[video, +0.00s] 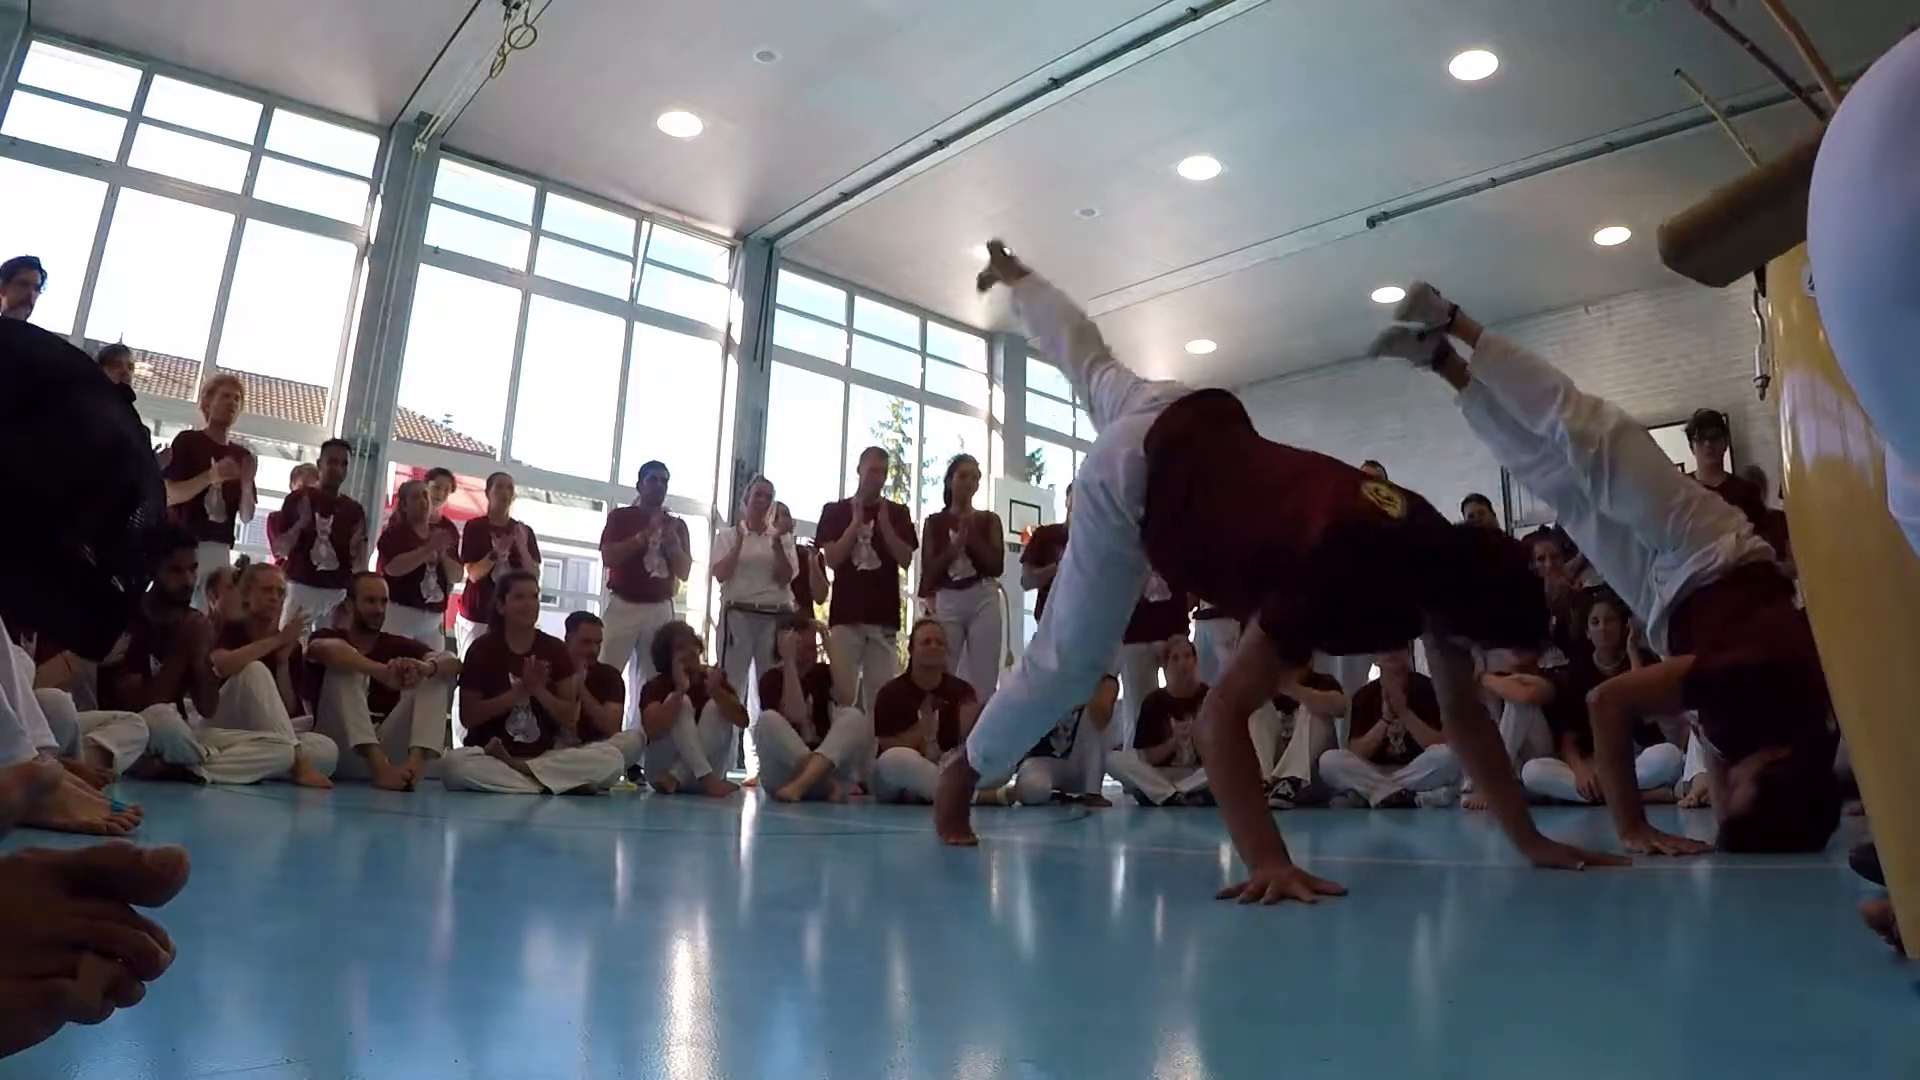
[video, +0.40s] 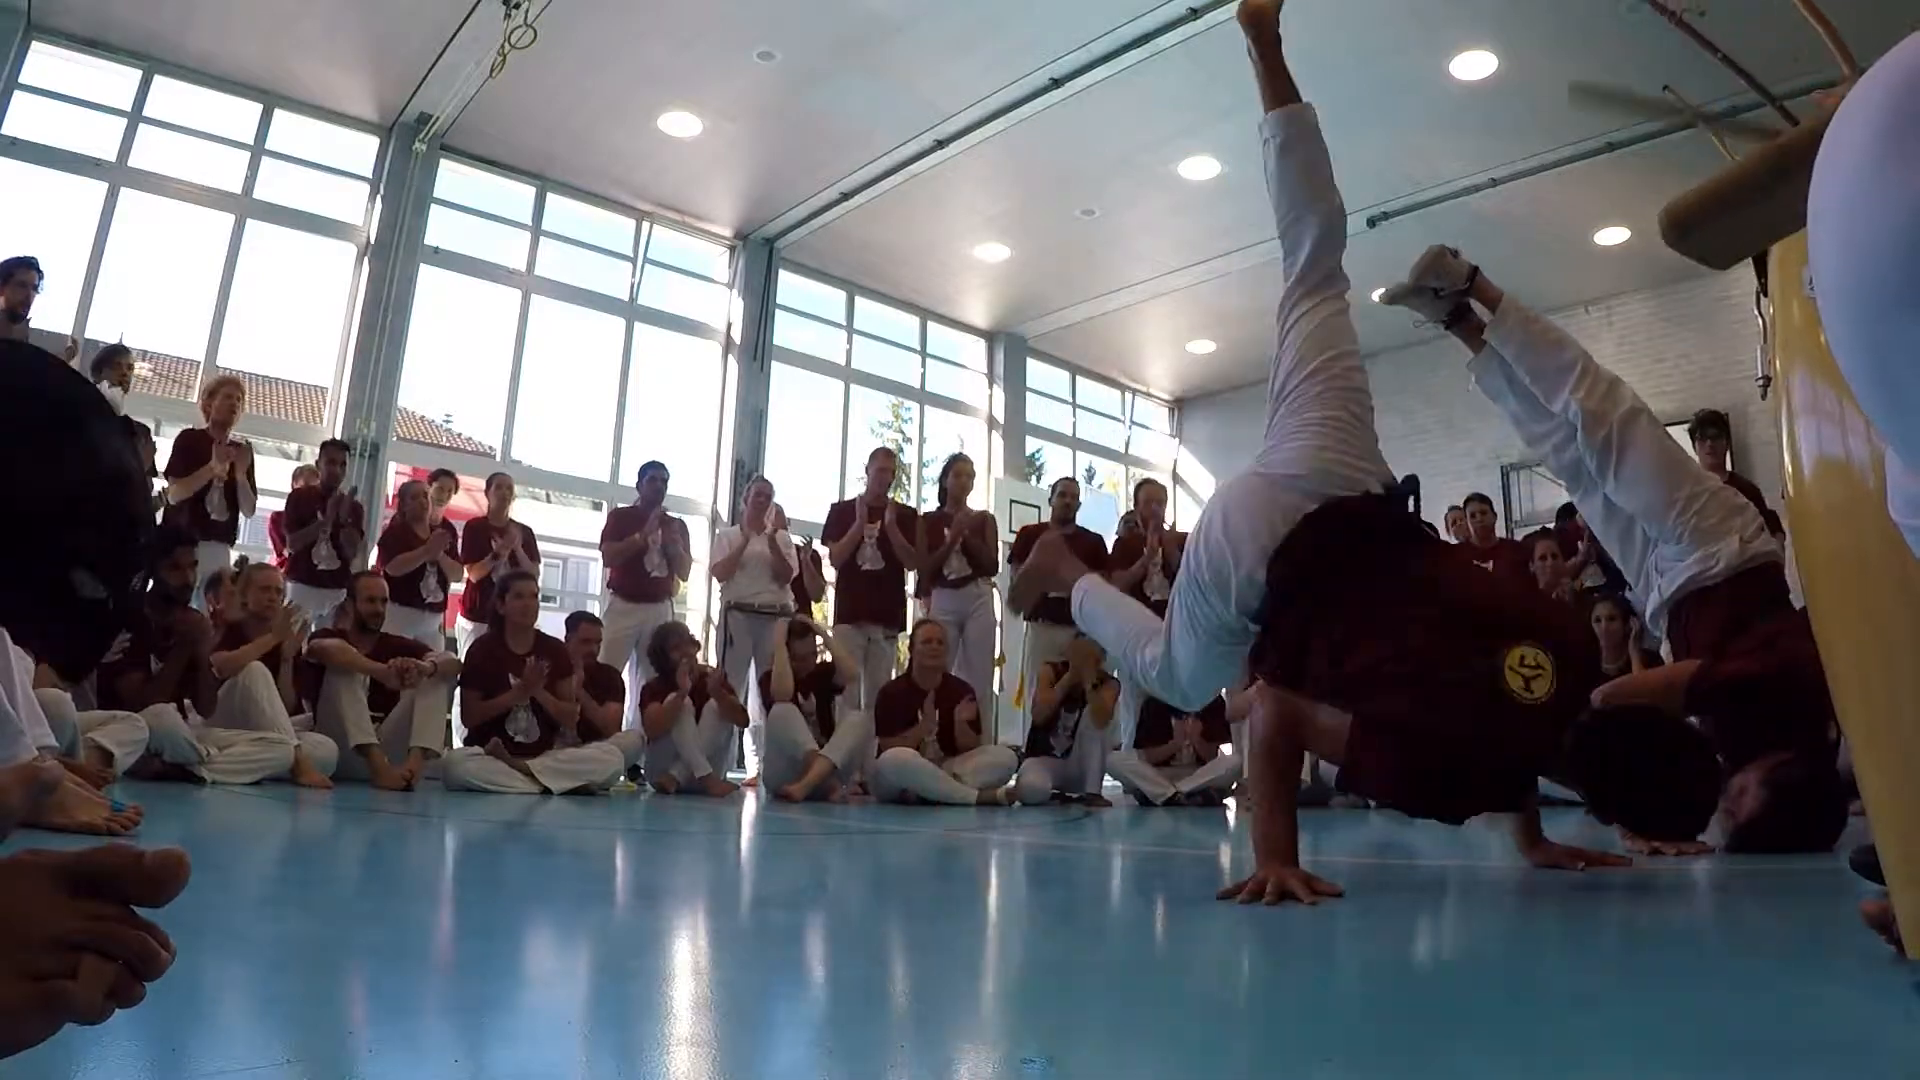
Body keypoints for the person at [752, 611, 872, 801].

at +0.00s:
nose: (812, 650)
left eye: (814, 646)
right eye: (806, 646)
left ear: (817, 646)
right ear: (784, 648)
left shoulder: (823, 672)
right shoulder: (771, 678)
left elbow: (846, 698)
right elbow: (797, 715)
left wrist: (829, 646)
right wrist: (789, 661)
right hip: (785, 778)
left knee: (854, 717)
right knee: (768, 719)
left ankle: (801, 784)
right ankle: (829, 785)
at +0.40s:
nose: (807, 663)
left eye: (812, 655)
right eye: (799, 658)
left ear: (816, 652)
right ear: (786, 656)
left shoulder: (823, 674)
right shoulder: (770, 679)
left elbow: (850, 673)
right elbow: (783, 695)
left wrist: (824, 634)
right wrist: (780, 643)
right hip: (786, 778)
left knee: (859, 720)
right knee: (783, 712)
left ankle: (806, 785)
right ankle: (831, 785)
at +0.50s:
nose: (810, 662)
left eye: (814, 654)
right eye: (802, 657)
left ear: (819, 651)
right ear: (789, 655)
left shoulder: (825, 675)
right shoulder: (772, 678)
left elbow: (850, 669)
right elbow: (781, 693)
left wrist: (825, 630)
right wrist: (782, 642)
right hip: (785, 778)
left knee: (860, 720)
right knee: (788, 708)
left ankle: (806, 784)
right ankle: (831, 784)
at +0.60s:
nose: (812, 662)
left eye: (816, 654)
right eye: (804, 657)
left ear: (822, 650)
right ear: (790, 655)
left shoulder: (827, 675)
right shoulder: (775, 677)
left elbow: (851, 667)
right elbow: (781, 692)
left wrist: (826, 629)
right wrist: (783, 639)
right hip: (786, 777)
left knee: (860, 720)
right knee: (791, 706)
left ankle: (807, 784)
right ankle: (832, 784)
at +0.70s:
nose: (813, 663)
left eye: (818, 656)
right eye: (806, 657)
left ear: (825, 652)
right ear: (793, 651)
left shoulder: (830, 676)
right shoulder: (777, 675)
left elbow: (851, 668)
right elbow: (784, 691)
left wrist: (832, 632)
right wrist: (789, 640)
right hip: (786, 776)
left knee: (859, 720)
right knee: (793, 703)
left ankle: (807, 784)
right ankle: (830, 783)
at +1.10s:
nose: (812, 664)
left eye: (818, 657)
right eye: (805, 657)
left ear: (826, 654)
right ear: (793, 654)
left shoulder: (833, 677)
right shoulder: (779, 676)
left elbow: (853, 683)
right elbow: (782, 689)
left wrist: (837, 641)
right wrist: (787, 640)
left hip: (832, 779)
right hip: (786, 776)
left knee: (853, 712)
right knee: (793, 701)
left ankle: (810, 784)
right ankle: (825, 783)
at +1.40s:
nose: (813, 667)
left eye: (819, 660)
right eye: (806, 660)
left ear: (828, 657)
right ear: (793, 658)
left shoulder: (835, 678)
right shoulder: (780, 679)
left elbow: (857, 676)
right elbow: (778, 694)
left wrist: (838, 643)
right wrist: (787, 647)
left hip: (832, 779)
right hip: (785, 777)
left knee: (852, 711)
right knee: (796, 701)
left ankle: (812, 785)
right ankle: (824, 783)